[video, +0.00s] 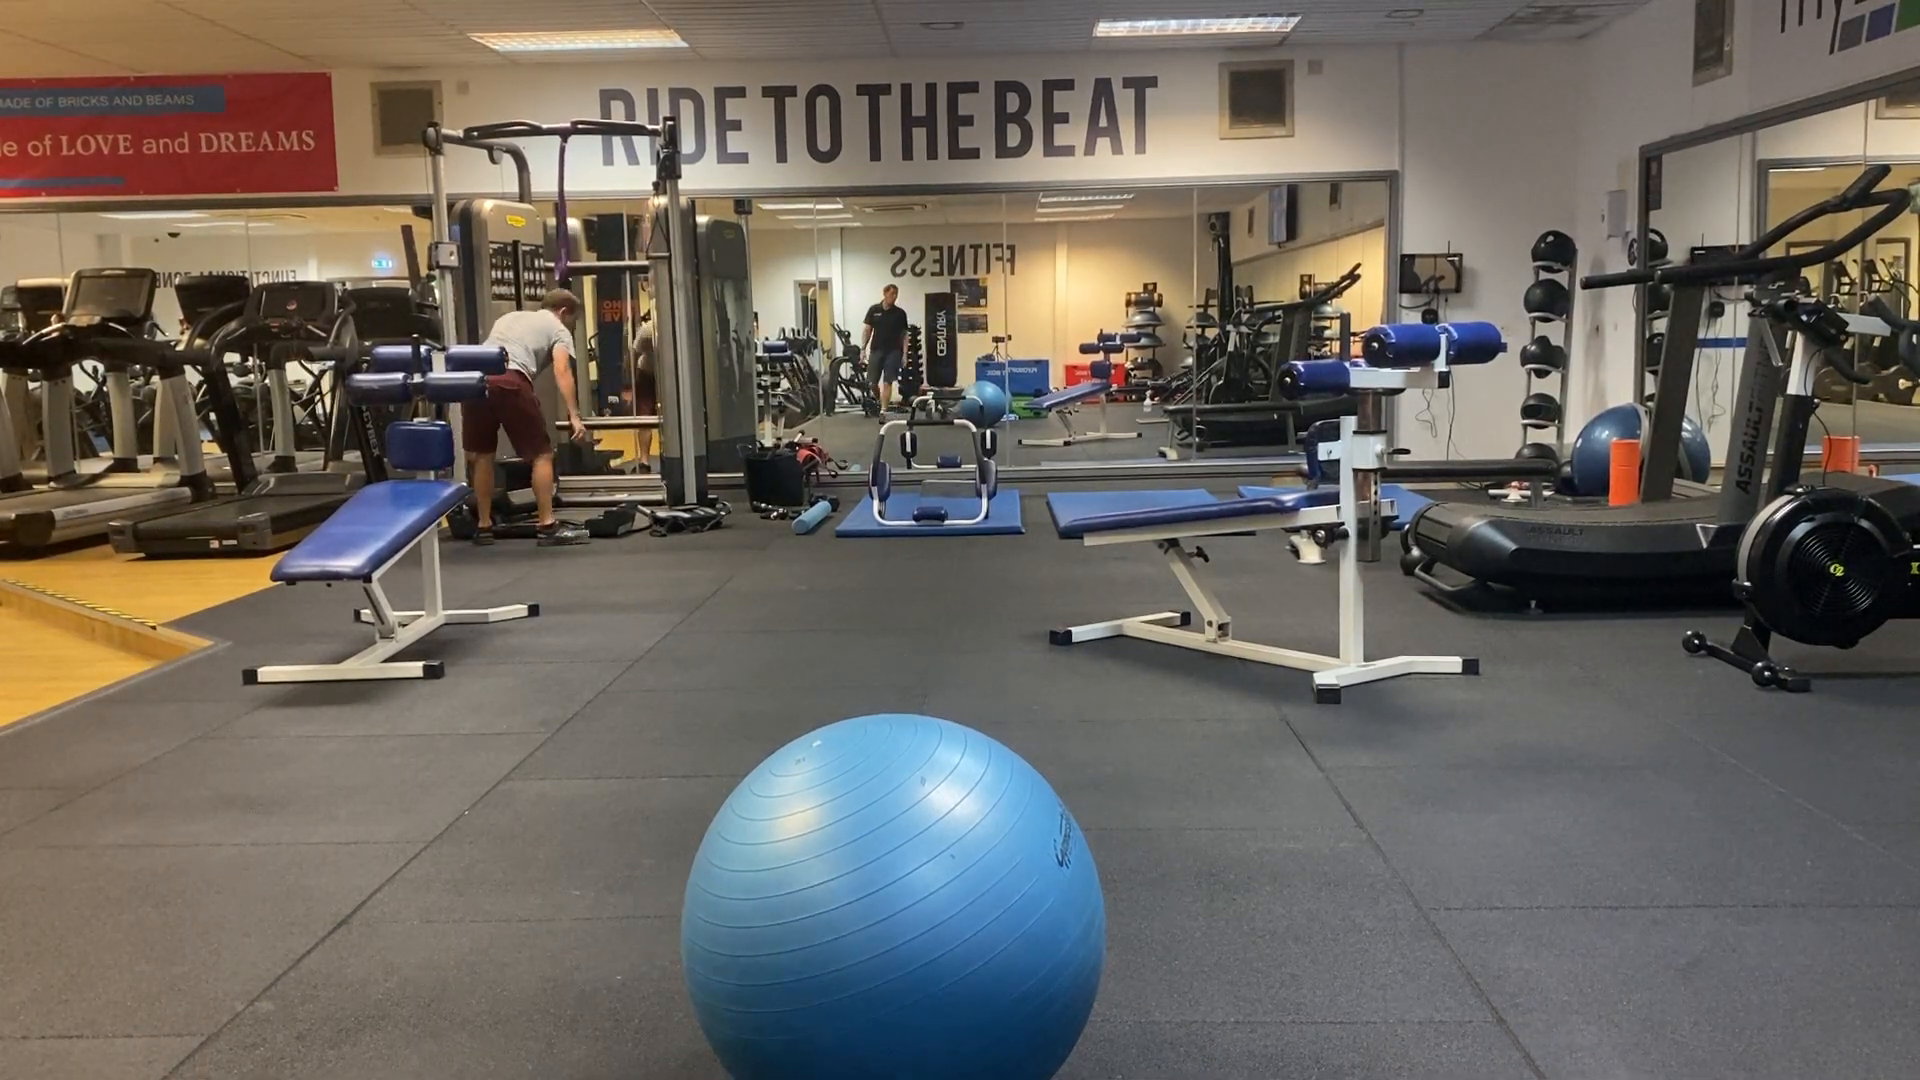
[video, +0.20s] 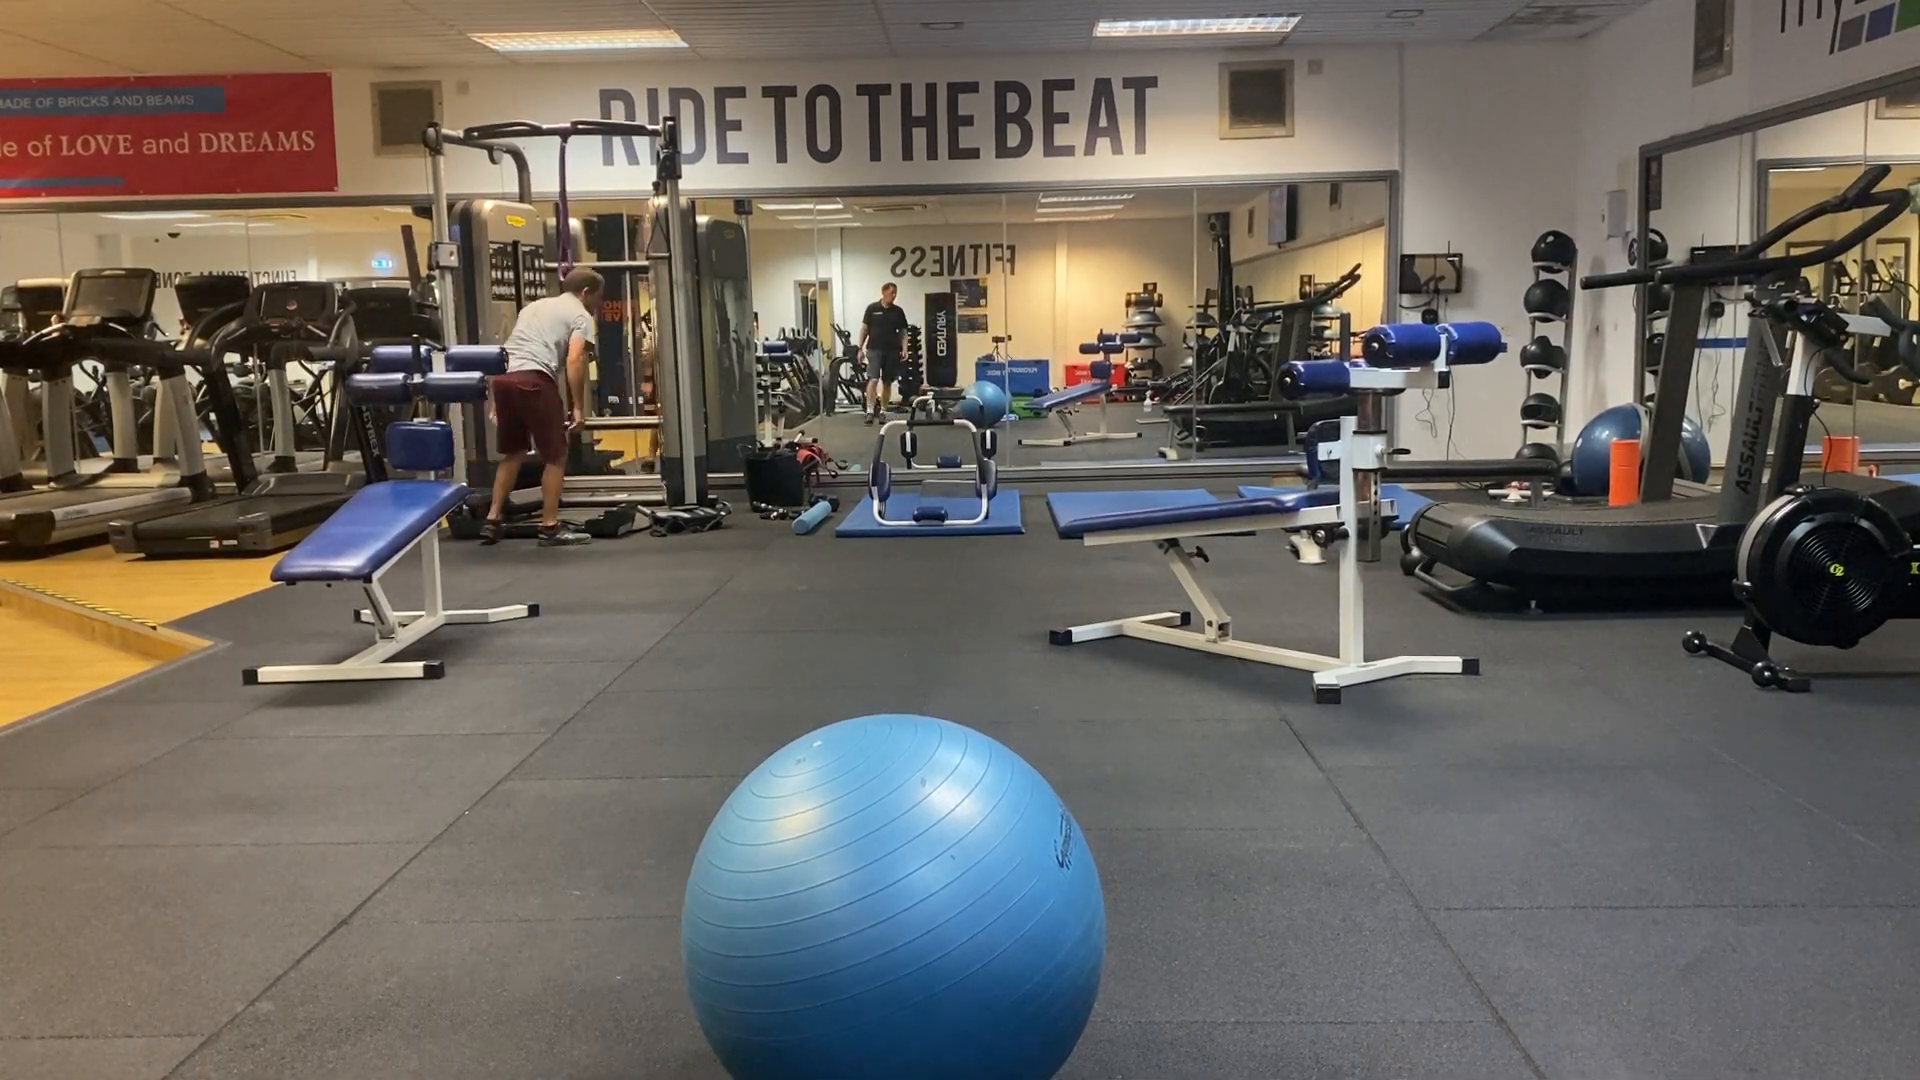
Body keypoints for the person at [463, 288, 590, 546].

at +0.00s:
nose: (571, 326)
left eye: (573, 321)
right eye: (572, 320)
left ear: (545, 308)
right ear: (563, 311)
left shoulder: (508, 317)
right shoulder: (558, 329)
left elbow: (486, 350)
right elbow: (562, 372)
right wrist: (574, 415)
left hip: (476, 381)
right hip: (511, 383)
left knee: (483, 456)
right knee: (541, 455)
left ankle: (483, 526)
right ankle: (547, 525)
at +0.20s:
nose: (598, 303)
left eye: (600, 297)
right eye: (598, 296)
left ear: (570, 289)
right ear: (586, 292)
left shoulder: (534, 306)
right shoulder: (581, 315)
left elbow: (508, 350)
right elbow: (574, 360)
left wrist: (496, 399)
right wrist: (577, 407)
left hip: (505, 381)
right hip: (537, 382)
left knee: (513, 454)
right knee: (555, 456)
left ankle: (492, 520)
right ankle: (549, 526)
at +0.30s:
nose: (607, 295)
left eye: (608, 289)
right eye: (606, 288)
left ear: (577, 282)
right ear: (594, 284)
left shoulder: (545, 301)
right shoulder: (589, 310)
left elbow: (527, 347)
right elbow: (581, 359)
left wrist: (515, 402)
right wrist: (585, 402)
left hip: (514, 378)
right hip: (542, 378)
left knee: (539, 450)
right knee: (560, 454)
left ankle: (514, 510)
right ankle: (550, 525)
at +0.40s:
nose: (615, 288)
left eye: (616, 282)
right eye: (614, 281)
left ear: (583, 276)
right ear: (599, 277)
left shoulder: (554, 298)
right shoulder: (594, 303)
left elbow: (546, 345)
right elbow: (591, 354)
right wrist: (597, 399)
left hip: (527, 376)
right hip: (550, 377)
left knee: (580, 443)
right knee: (563, 454)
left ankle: (551, 508)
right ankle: (550, 526)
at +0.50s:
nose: (622, 283)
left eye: (622, 276)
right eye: (621, 276)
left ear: (592, 272)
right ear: (606, 273)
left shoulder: (566, 296)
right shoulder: (601, 299)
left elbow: (558, 342)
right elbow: (600, 349)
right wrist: (613, 393)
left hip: (543, 377)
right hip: (563, 378)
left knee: (602, 439)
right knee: (571, 453)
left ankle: (594, 512)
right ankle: (550, 525)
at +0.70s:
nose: (641, 275)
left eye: (641, 269)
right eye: (639, 268)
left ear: (616, 268)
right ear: (624, 267)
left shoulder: (597, 291)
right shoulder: (616, 292)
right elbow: (618, 341)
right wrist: (642, 380)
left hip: (579, 379)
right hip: (593, 380)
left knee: (622, 446)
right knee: (597, 455)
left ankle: (628, 519)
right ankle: (558, 517)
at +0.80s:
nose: (653, 272)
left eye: (654, 266)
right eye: (651, 265)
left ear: (628, 264)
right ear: (635, 263)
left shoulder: (610, 288)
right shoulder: (626, 288)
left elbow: (611, 337)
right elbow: (625, 333)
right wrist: (646, 375)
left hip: (594, 375)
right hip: (607, 376)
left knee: (626, 450)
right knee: (628, 450)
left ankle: (628, 517)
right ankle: (579, 504)